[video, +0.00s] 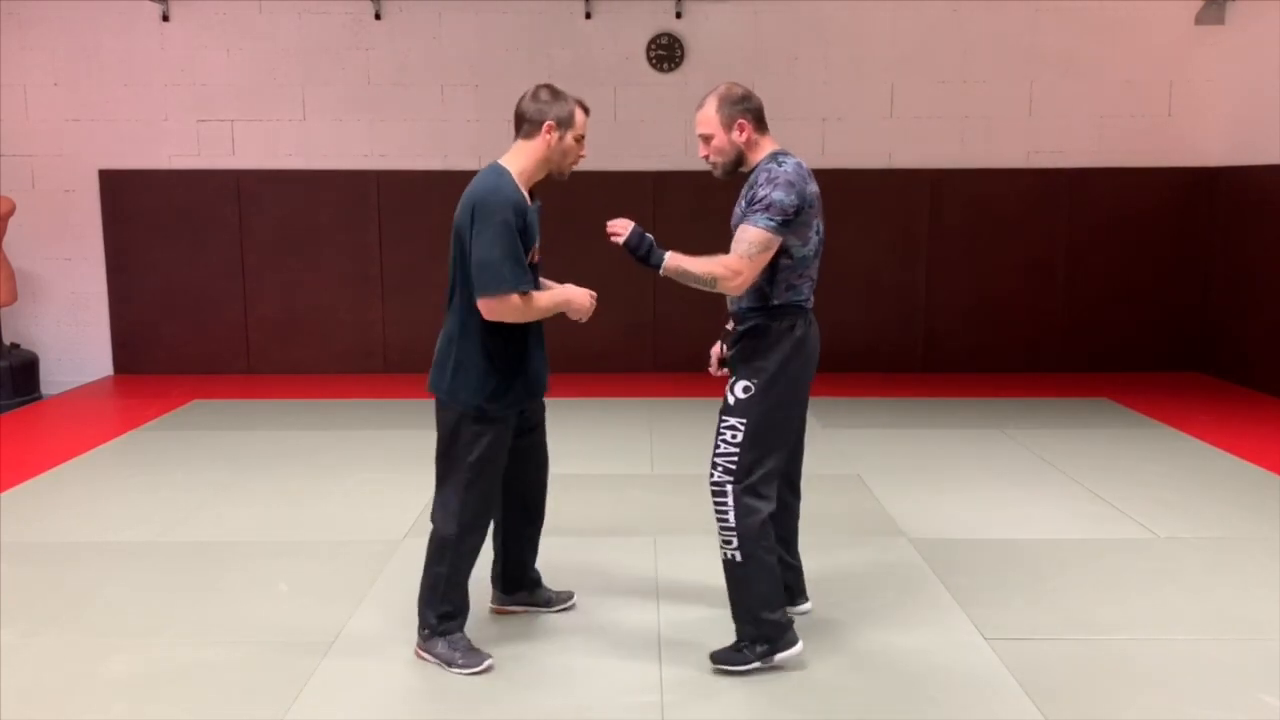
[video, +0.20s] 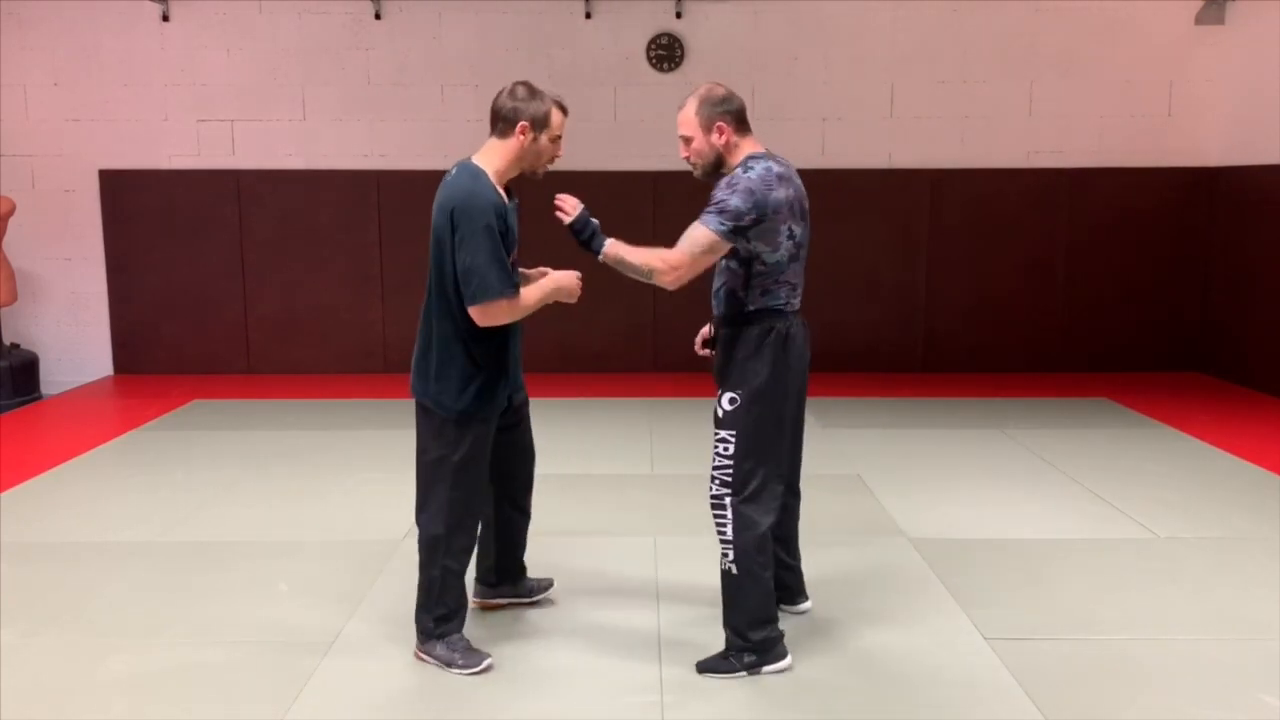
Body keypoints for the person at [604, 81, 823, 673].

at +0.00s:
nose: (703, 151)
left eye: (708, 139)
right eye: (700, 139)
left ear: (743, 131)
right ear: (744, 132)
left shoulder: (780, 180)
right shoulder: (769, 176)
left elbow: (739, 272)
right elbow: (765, 277)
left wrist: (656, 255)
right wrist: (734, 336)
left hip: (774, 340)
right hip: (776, 337)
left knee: (733, 481)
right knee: (775, 474)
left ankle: (766, 634)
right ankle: (785, 589)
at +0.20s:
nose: (684, 152)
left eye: (688, 139)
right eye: (681, 140)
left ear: (723, 131)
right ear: (729, 131)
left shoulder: (748, 188)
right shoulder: (779, 175)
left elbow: (671, 269)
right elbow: (765, 266)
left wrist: (594, 238)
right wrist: (727, 320)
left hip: (758, 344)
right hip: (780, 339)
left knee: (736, 491)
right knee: (774, 477)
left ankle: (755, 643)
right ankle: (785, 584)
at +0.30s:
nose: (669, 153)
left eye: (673, 141)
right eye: (667, 141)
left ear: (707, 135)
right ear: (719, 133)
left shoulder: (720, 190)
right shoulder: (775, 172)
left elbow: (623, 252)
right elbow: (769, 259)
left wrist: (535, 242)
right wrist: (731, 314)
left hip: (758, 346)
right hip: (788, 338)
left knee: (737, 495)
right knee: (776, 474)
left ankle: (755, 645)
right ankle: (782, 578)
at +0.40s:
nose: (657, 155)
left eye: (661, 143)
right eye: (655, 143)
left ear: (692, 138)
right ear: (712, 133)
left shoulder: (706, 194)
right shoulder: (775, 173)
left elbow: (604, 252)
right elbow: (793, 264)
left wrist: (524, 236)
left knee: (735, 494)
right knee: (768, 471)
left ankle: (756, 647)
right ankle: (778, 574)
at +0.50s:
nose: (655, 155)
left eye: (658, 143)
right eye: (653, 144)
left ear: (688, 137)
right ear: (708, 133)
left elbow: (599, 250)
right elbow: (803, 264)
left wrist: (522, 228)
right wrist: (773, 317)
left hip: (749, 346)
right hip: (784, 338)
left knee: (736, 496)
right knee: (762, 477)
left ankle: (757, 645)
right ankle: (767, 577)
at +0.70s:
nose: (652, 162)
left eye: (655, 150)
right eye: (650, 151)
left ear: (686, 142)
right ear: (700, 141)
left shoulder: (705, 189)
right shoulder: (767, 181)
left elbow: (614, 253)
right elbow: (792, 272)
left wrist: (550, 216)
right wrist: (773, 335)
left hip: (738, 344)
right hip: (767, 339)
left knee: (728, 494)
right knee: (746, 478)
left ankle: (757, 644)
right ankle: (744, 576)